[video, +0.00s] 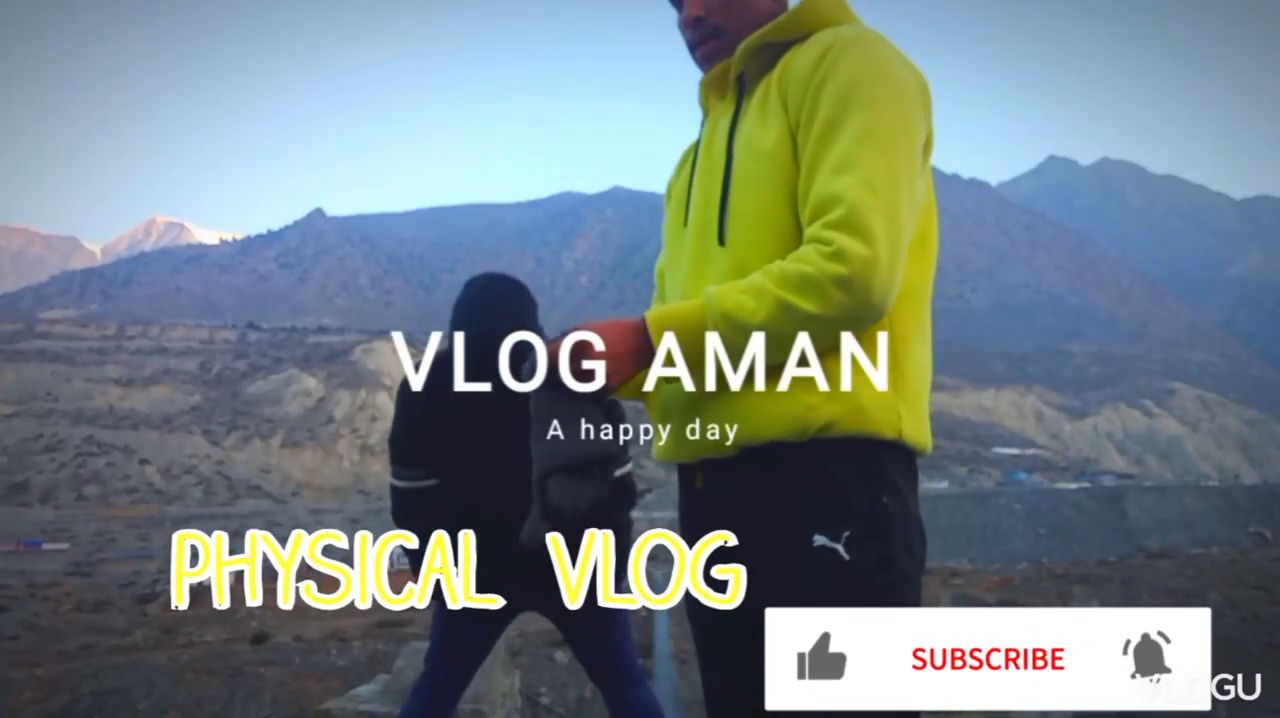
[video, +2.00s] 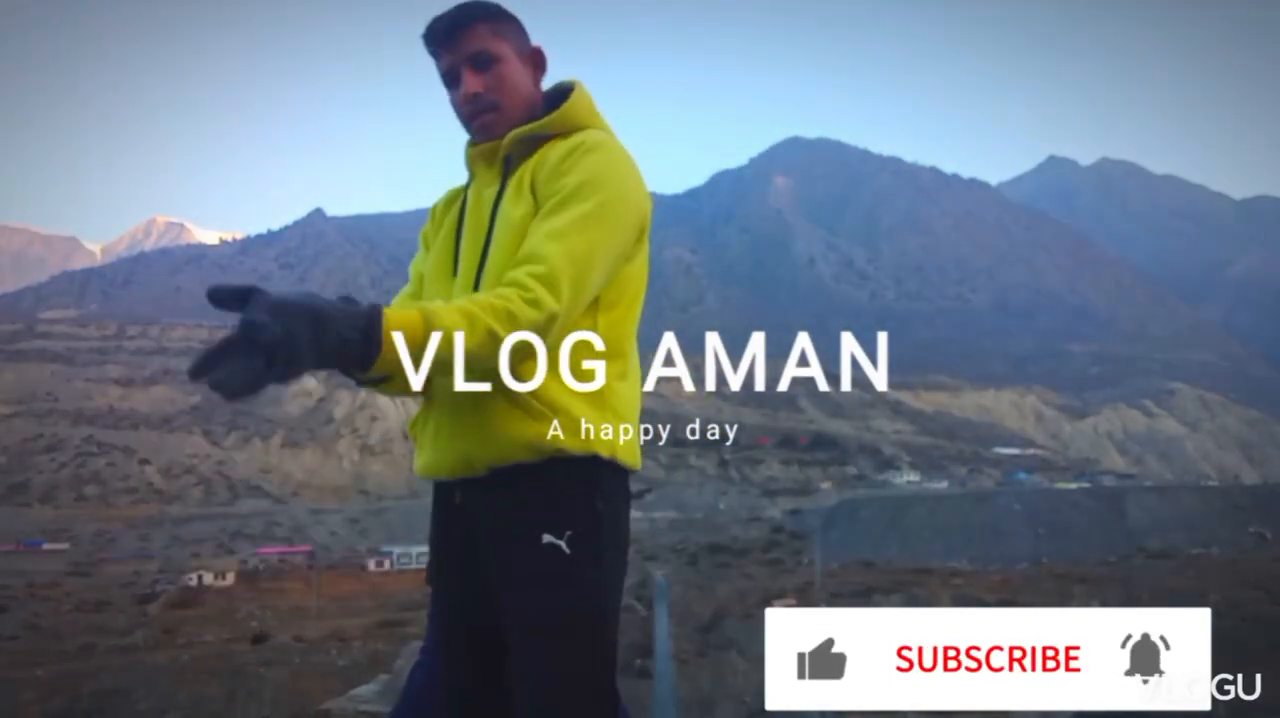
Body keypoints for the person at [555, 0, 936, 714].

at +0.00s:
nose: (688, 13)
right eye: (679, 2)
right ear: (678, 13)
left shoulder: (852, 61)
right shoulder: (694, 157)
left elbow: (854, 271)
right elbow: (683, 318)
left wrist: (651, 340)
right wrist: (627, 365)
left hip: (833, 478)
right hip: (720, 483)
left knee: (841, 702)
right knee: (734, 701)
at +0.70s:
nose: (598, 58)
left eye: (598, 22)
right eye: (587, 38)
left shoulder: (763, 43)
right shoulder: (703, 82)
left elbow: (768, 264)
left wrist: (603, 391)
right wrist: (604, 396)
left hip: (774, 457)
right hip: (724, 457)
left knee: (723, 700)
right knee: (706, 698)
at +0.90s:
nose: (548, 45)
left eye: (544, 12)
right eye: (538, 21)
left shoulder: (673, 41)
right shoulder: (673, 48)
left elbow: (663, 286)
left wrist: (505, 402)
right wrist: (520, 393)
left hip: (695, 466)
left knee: (677, 700)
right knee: (682, 699)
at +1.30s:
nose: (458, 21)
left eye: (461, 1)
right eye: (456, 8)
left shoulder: (555, 42)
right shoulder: (627, 43)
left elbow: (544, 317)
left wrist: (397, 412)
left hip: (597, 461)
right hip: (651, 452)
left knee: (601, 701)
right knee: (636, 699)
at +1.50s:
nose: (445, 28)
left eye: (451, 5)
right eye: (444, 10)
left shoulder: (566, 65)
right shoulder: (585, 65)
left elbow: (526, 330)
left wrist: (344, 428)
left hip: (586, 470)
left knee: (582, 699)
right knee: (555, 696)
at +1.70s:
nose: (437, 67)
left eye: (449, 36)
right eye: (430, 48)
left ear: (521, 18)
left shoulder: (587, 136)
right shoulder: (503, 153)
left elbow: (557, 356)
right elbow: (464, 332)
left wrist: (361, 407)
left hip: (568, 504)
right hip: (492, 504)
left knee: (571, 702)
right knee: (451, 701)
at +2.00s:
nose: (470, 87)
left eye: (486, 64)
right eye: (453, 77)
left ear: (535, 64)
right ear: (447, 94)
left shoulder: (595, 168)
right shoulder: (451, 211)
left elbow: (522, 320)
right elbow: (420, 345)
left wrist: (354, 333)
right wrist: (318, 335)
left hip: (561, 484)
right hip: (464, 489)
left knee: (564, 699)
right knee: (465, 696)